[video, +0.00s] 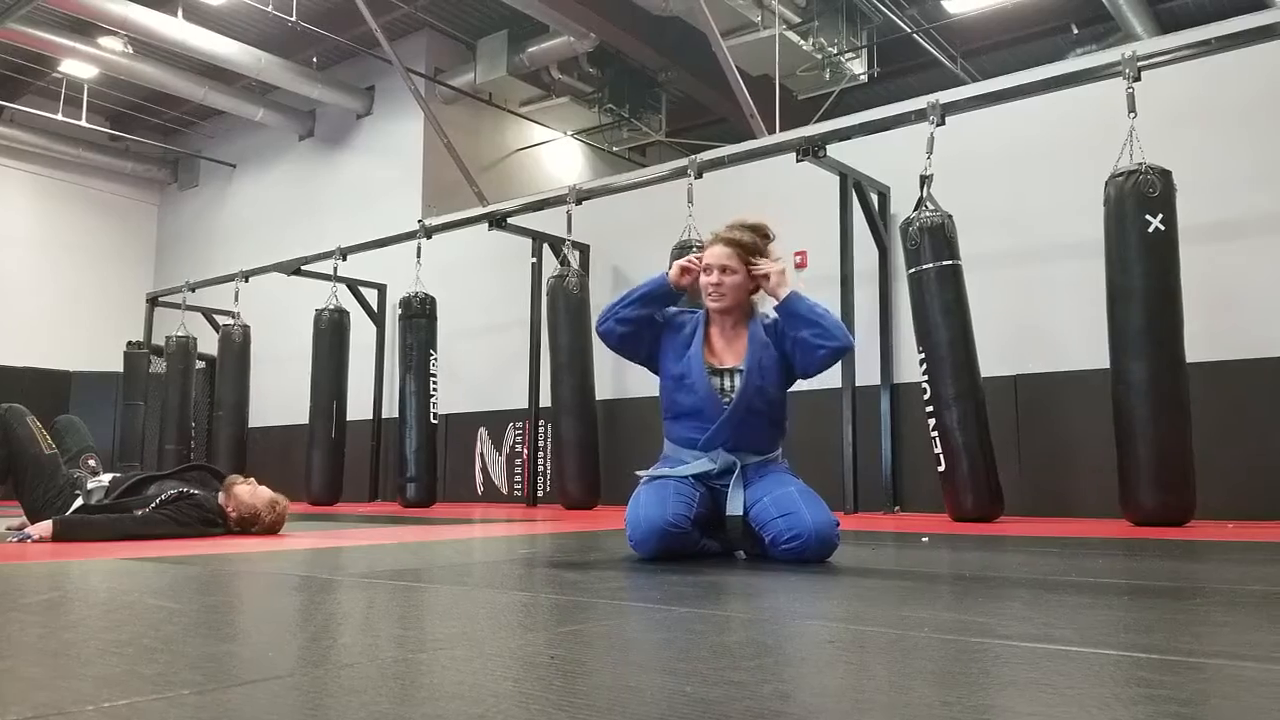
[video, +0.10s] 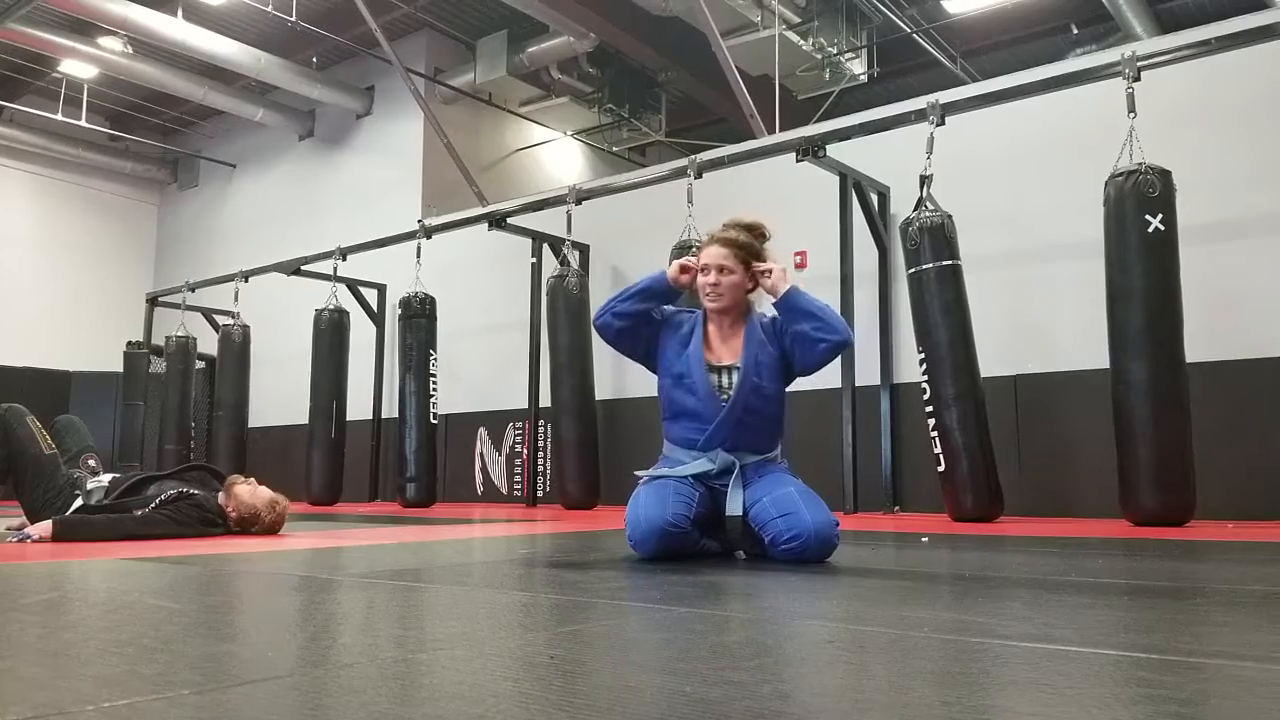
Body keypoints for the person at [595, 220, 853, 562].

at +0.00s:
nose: (714, 280)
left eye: (727, 271)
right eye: (707, 270)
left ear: (753, 281)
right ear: (698, 278)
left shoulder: (776, 333)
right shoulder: (672, 329)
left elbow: (837, 343)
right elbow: (610, 327)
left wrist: (783, 293)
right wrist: (669, 285)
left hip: (760, 473)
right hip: (682, 473)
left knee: (813, 537)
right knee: (650, 535)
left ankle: (745, 535)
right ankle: (717, 541)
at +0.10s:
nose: (711, 280)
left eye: (724, 271)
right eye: (704, 270)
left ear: (749, 280)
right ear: (696, 278)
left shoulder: (774, 332)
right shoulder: (670, 328)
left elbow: (836, 337)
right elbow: (608, 321)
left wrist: (783, 291)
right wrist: (667, 283)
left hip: (759, 473)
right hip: (681, 474)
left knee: (813, 537)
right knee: (650, 534)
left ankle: (745, 535)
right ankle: (716, 541)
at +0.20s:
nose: (709, 281)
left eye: (722, 271)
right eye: (702, 271)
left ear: (747, 280)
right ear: (693, 278)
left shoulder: (773, 332)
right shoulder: (669, 329)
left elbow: (835, 331)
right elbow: (606, 316)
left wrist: (782, 285)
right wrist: (666, 282)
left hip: (758, 472)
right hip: (680, 473)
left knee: (813, 537)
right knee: (650, 535)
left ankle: (745, 535)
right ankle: (717, 542)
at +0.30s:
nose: (706, 283)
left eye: (718, 273)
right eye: (700, 273)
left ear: (745, 282)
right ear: (691, 278)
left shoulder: (772, 332)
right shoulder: (668, 328)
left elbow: (837, 325)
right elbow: (606, 313)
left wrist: (783, 283)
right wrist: (666, 282)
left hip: (758, 473)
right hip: (681, 474)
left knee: (813, 537)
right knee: (650, 534)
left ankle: (744, 534)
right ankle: (718, 541)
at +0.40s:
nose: (703, 286)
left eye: (716, 275)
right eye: (697, 275)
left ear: (744, 281)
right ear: (689, 280)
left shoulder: (772, 331)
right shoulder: (668, 329)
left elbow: (839, 321)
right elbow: (606, 313)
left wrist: (784, 281)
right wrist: (667, 282)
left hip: (759, 472)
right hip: (681, 474)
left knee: (812, 537)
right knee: (649, 533)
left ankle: (745, 534)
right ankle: (718, 542)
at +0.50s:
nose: (700, 285)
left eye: (713, 275)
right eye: (694, 274)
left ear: (742, 282)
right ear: (687, 281)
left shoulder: (772, 332)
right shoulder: (668, 333)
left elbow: (839, 323)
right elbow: (608, 326)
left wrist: (784, 283)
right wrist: (669, 291)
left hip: (759, 473)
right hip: (681, 474)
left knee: (813, 537)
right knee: (649, 534)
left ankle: (746, 535)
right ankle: (716, 541)